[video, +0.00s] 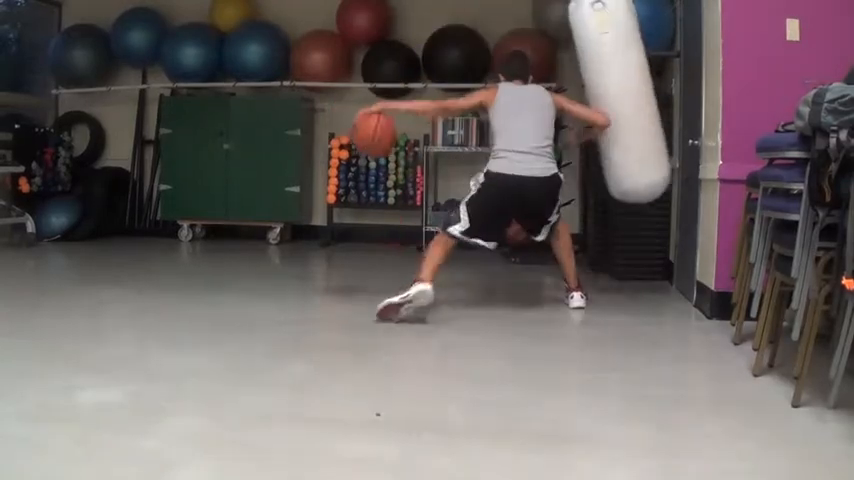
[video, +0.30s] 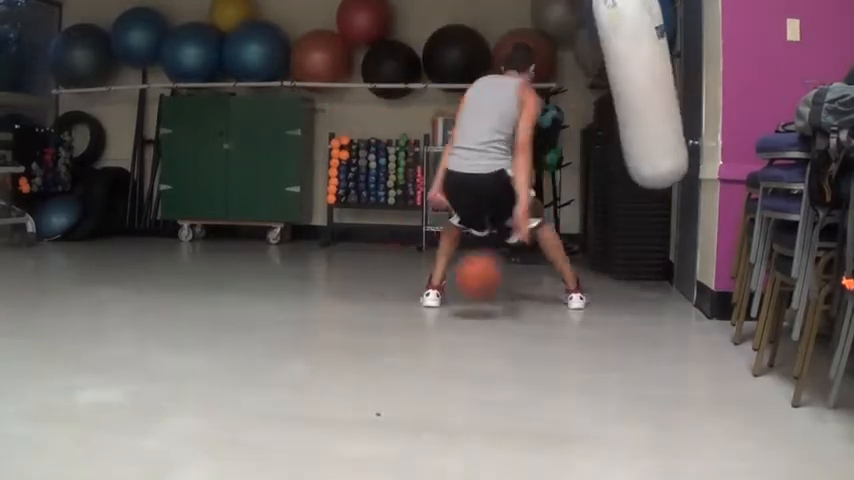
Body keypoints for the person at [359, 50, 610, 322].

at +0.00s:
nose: (499, 81)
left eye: (499, 77)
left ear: (500, 77)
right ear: (530, 76)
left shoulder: (491, 94)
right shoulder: (551, 98)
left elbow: (439, 107)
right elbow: (601, 120)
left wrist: (388, 105)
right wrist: (583, 134)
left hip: (499, 180)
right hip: (543, 182)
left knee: (450, 233)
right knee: (555, 223)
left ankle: (423, 284)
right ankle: (575, 292)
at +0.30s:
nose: (533, 77)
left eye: (530, 73)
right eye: (534, 72)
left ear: (505, 67)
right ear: (531, 71)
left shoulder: (475, 87)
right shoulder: (527, 95)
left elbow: (454, 141)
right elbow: (522, 150)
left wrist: (437, 186)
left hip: (456, 181)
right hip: (495, 181)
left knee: (454, 224)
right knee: (540, 223)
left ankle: (433, 287)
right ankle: (573, 288)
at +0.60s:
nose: (507, 40)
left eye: (508, 34)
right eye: (507, 33)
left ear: (483, 24)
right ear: (498, 28)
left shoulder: (460, 47)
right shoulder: (461, 45)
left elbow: (483, 86)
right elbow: (482, 83)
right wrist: (539, 89)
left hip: (417, 136)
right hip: (422, 135)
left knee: (449, 219)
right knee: (487, 207)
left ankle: (436, 290)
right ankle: (444, 288)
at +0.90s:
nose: (482, 41)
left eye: (483, 35)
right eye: (482, 34)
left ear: (458, 27)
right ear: (470, 30)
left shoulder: (435, 56)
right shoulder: (439, 60)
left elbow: (443, 116)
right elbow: (454, 131)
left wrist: (482, 108)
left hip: (393, 151)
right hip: (375, 146)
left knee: (437, 221)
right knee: (390, 237)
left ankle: (395, 290)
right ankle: (326, 324)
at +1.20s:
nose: (511, 23)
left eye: (512, 17)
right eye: (510, 15)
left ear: (492, 13)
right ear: (494, 11)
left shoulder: (474, 53)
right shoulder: (452, 34)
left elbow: (468, 98)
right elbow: (450, 94)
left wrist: (501, 94)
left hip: (420, 137)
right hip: (393, 126)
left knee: (443, 222)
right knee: (392, 223)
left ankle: (398, 284)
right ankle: (332, 314)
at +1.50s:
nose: (542, 41)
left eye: (542, 34)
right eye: (539, 32)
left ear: (521, 25)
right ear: (523, 25)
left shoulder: (493, 53)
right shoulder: (494, 49)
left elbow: (473, 102)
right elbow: (582, 59)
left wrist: (521, 113)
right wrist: (649, 49)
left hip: (452, 150)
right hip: (419, 143)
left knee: (507, 210)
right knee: (405, 237)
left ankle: (525, 297)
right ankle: (334, 314)